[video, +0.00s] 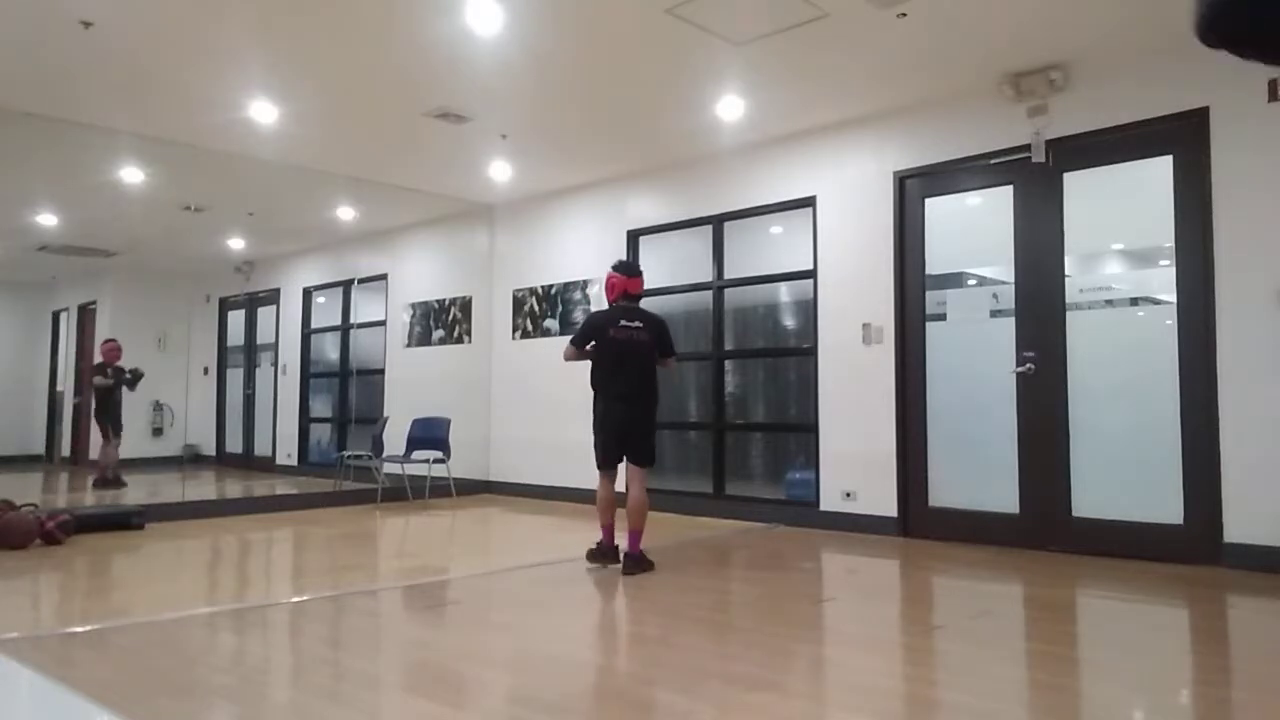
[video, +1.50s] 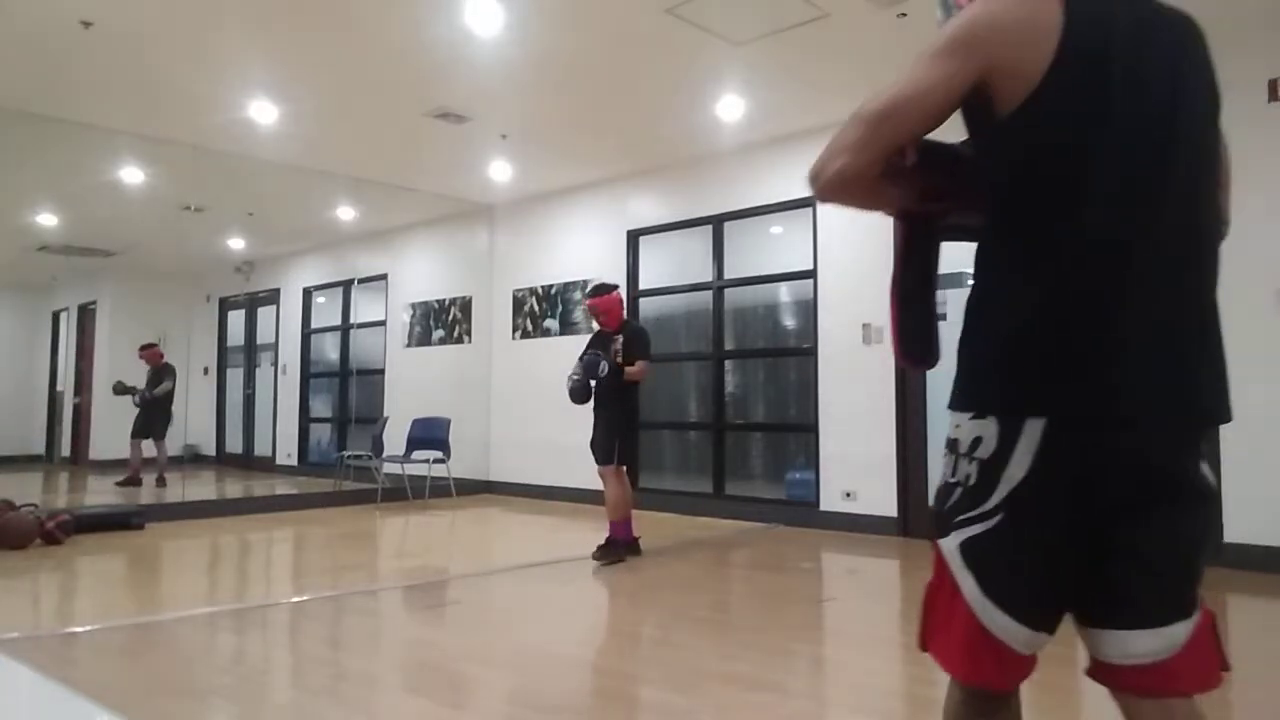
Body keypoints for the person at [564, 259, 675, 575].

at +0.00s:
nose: (606, 289)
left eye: (607, 285)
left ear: (611, 288)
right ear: (640, 289)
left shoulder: (597, 320)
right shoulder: (655, 323)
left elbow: (570, 354)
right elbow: (667, 361)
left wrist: (595, 352)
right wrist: (643, 353)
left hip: (607, 411)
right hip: (643, 411)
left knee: (606, 477)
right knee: (637, 480)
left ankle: (607, 546)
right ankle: (633, 554)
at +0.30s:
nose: (597, 295)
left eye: (599, 291)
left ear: (604, 295)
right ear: (632, 295)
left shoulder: (594, 328)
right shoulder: (647, 327)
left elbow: (572, 367)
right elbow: (654, 360)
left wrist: (596, 348)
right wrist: (630, 346)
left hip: (602, 413)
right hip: (635, 412)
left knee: (604, 478)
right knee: (634, 478)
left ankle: (605, 546)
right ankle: (634, 547)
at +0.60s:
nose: (589, 306)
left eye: (590, 300)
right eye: (588, 300)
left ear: (598, 300)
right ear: (619, 297)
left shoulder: (598, 330)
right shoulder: (637, 328)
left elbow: (578, 373)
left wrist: (567, 351)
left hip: (601, 411)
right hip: (627, 409)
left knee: (603, 479)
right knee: (619, 473)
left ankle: (606, 546)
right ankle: (636, 533)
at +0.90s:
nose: (591, 314)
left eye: (592, 307)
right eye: (589, 309)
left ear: (606, 301)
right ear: (609, 301)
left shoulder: (616, 328)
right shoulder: (624, 326)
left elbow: (605, 370)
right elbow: (613, 371)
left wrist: (576, 361)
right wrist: (586, 372)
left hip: (607, 415)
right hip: (619, 413)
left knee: (604, 477)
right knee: (615, 474)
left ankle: (606, 545)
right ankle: (626, 537)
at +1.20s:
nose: (593, 318)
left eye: (595, 312)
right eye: (591, 313)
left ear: (610, 305)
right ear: (605, 308)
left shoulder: (628, 331)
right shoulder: (610, 333)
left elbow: (629, 370)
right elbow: (602, 366)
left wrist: (594, 373)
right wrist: (584, 375)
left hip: (614, 413)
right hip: (611, 411)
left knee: (603, 472)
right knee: (618, 470)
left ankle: (605, 542)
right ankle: (627, 537)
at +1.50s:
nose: (597, 319)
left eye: (599, 313)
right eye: (594, 314)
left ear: (614, 307)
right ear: (595, 312)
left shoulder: (635, 333)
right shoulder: (599, 336)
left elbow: (640, 371)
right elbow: (583, 364)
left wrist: (609, 371)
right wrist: (578, 378)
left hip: (621, 411)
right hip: (604, 411)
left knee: (608, 470)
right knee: (616, 471)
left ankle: (617, 539)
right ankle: (626, 537)